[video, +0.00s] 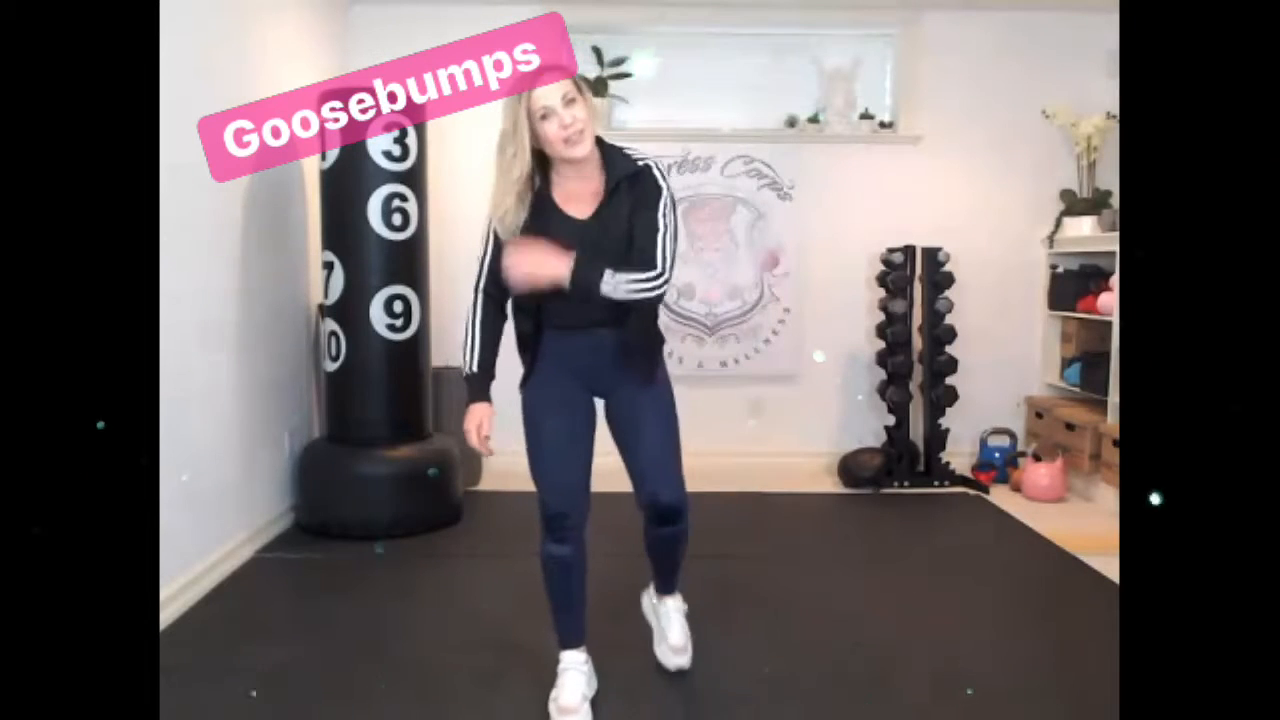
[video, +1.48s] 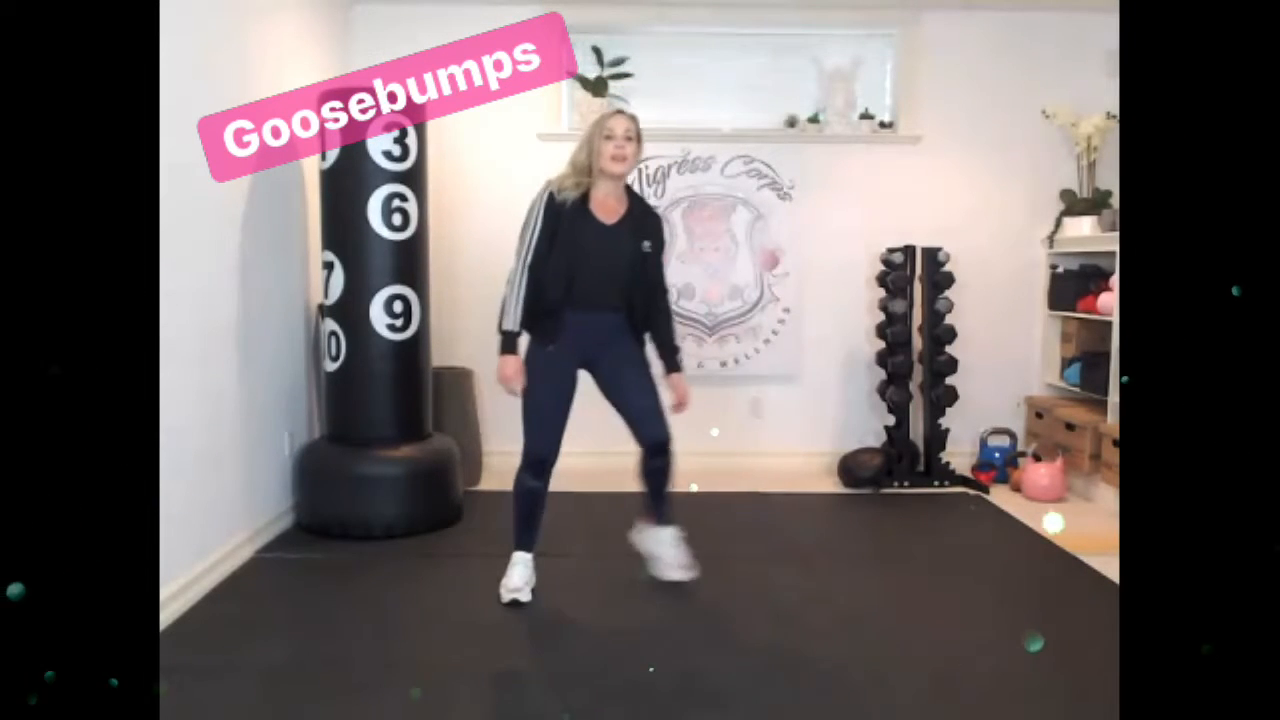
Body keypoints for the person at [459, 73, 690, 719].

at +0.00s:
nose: (566, 120)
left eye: (572, 104)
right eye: (548, 116)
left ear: (591, 106)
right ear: (533, 135)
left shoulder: (640, 177)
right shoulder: (520, 199)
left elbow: (655, 279)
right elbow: (489, 294)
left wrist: (569, 268)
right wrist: (480, 392)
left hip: (635, 363)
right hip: (553, 369)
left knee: (667, 503)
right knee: (561, 516)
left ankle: (666, 598)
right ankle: (572, 657)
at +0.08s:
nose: (569, 118)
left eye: (576, 103)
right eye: (552, 114)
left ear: (597, 109)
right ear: (538, 135)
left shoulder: (646, 185)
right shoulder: (528, 203)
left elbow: (654, 282)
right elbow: (497, 297)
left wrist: (576, 334)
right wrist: (480, 394)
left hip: (640, 365)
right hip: (561, 373)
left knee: (673, 503)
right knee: (564, 518)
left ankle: (667, 585)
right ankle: (573, 657)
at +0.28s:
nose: (584, 133)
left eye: (592, 119)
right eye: (568, 127)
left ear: (614, 127)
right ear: (554, 147)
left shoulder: (655, 206)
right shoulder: (544, 219)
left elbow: (655, 311)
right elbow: (517, 308)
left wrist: (639, 410)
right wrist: (499, 394)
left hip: (651, 367)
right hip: (575, 376)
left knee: (681, 511)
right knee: (571, 517)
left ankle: (683, 587)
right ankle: (573, 657)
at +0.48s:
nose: (617, 125)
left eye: (628, 114)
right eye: (605, 119)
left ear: (651, 129)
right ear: (591, 137)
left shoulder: (683, 205)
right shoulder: (581, 205)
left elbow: (721, 299)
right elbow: (571, 288)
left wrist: (734, 395)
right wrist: (558, 356)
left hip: (670, 361)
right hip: (596, 362)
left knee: (681, 492)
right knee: (576, 491)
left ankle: (693, 598)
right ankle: (561, 627)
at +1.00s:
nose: (607, 146)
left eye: (617, 138)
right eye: (597, 137)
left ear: (631, 149)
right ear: (580, 147)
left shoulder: (643, 221)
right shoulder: (544, 206)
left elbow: (654, 299)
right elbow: (503, 268)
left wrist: (658, 373)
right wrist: (479, 338)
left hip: (618, 354)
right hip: (551, 351)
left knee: (639, 468)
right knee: (534, 465)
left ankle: (670, 583)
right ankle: (520, 558)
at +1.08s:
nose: (600, 145)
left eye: (609, 137)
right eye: (589, 136)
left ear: (622, 146)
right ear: (573, 145)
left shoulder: (638, 218)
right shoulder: (538, 202)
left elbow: (635, 293)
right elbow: (497, 263)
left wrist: (628, 354)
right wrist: (472, 330)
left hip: (604, 348)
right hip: (538, 345)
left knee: (610, 460)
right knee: (530, 461)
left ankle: (616, 558)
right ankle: (520, 559)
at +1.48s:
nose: (620, 148)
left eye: (628, 140)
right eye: (611, 139)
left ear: (639, 151)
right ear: (592, 147)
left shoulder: (645, 218)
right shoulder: (556, 201)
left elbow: (655, 296)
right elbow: (523, 272)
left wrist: (672, 368)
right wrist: (509, 347)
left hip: (617, 341)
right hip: (554, 339)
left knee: (657, 439)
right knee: (539, 456)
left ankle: (657, 527)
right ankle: (522, 558)